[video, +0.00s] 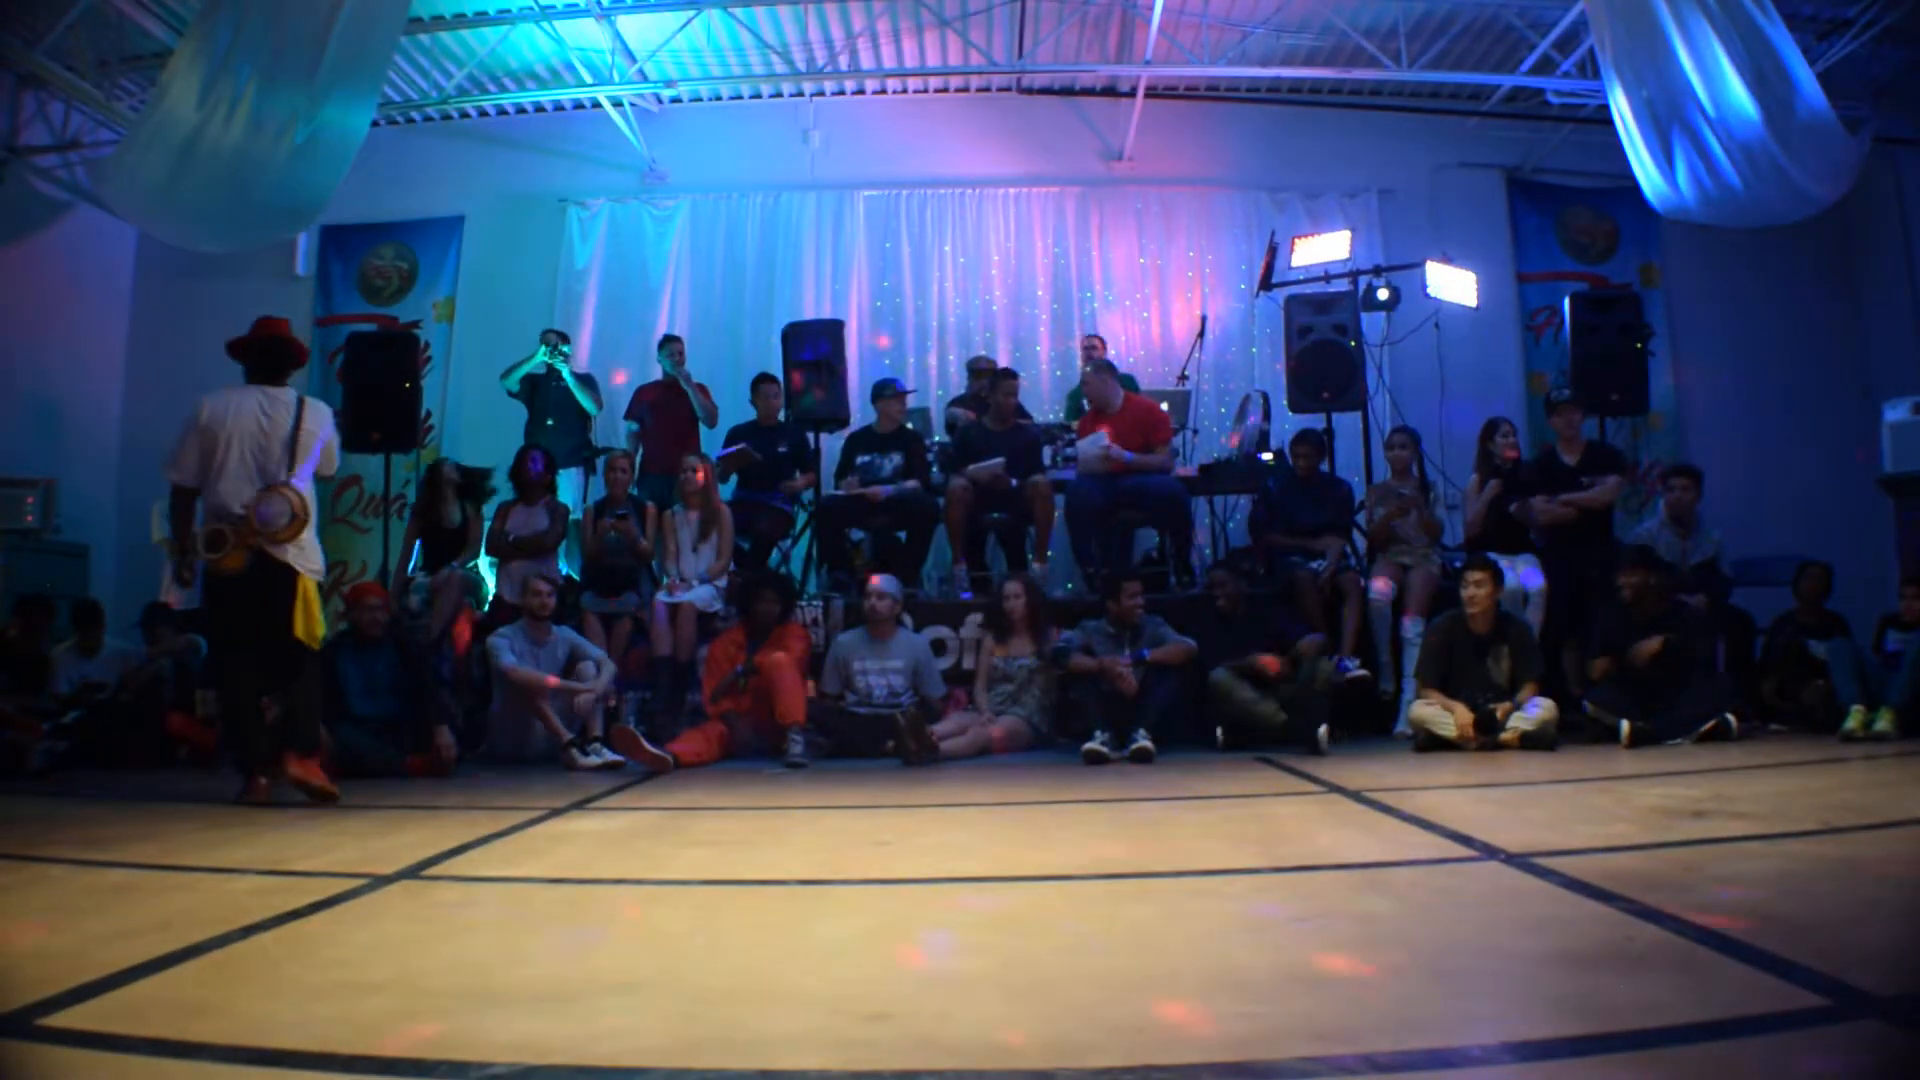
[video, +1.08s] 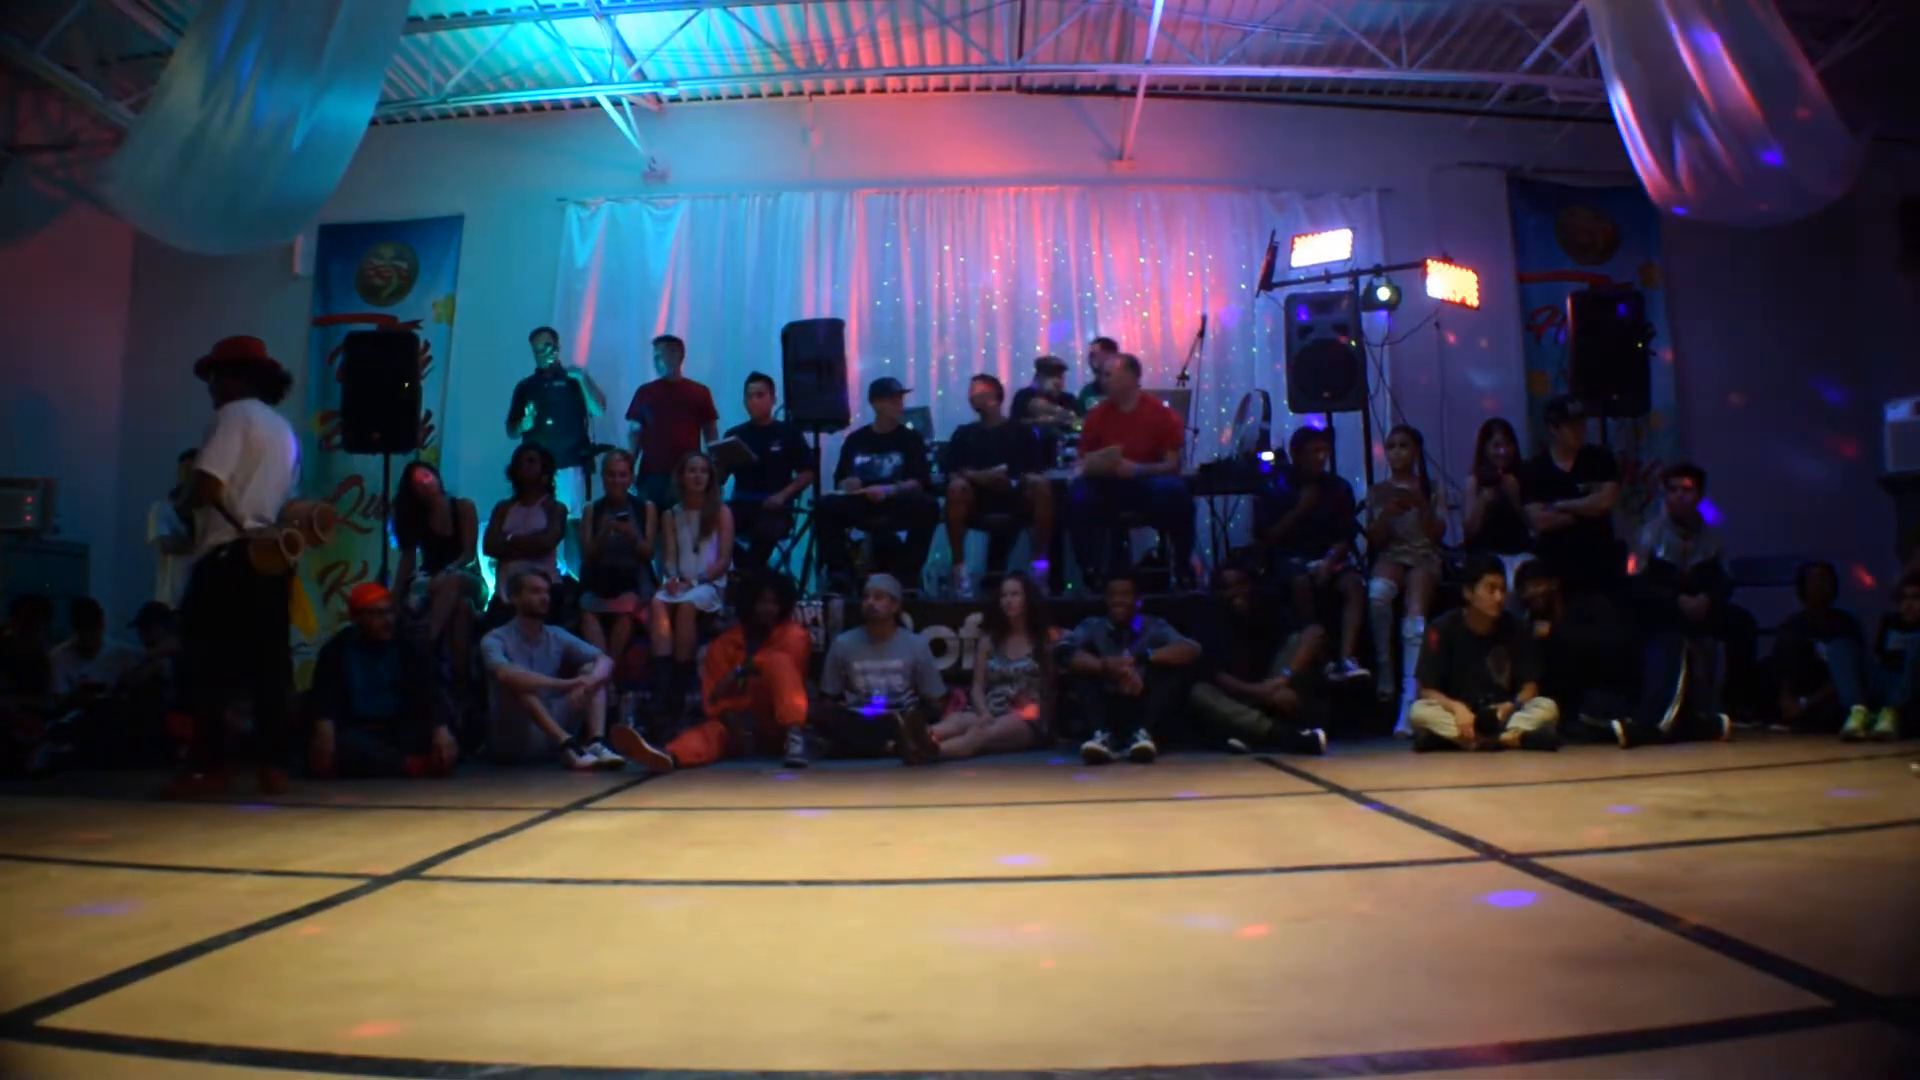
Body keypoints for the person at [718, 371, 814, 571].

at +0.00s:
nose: (772, 402)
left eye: (776, 396)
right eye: (765, 397)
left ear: (782, 399)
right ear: (754, 401)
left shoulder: (793, 433)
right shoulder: (738, 433)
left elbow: (811, 473)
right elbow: (721, 476)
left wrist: (798, 483)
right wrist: (732, 462)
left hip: (778, 499)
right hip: (745, 498)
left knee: (766, 532)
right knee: (720, 525)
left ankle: (751, 575)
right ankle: (746, 564)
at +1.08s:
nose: (754, 401)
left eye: (760, 395)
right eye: (750, 396)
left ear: (773, 399)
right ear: (745, 401)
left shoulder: (788, 433)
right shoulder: (734, 435)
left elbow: (808, 472)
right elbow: (720, 477)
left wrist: (782, 496)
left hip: (774, 503)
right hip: (742, 502)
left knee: (767, 532)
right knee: (721, 524)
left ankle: (752, 573)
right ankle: (743, 565)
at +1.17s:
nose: (754, 402)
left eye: (760, 396)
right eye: (750, 396)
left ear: (773, 400)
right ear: (745, 401)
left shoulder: (788, 433)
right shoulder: (735, 435)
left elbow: (808, 472)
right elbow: (720, 474)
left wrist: (782, 496)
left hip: (774, 503)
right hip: (742, 502)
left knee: (766, 532)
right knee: (720, 525)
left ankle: (754, 573)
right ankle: (743, 564)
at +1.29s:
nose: (755, 402)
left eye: (760, 396)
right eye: (750, 397)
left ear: (773, 400)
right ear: (746, 402)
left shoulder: (789, 433)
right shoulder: (736, 436)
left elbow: (809, 471)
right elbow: (721, 477)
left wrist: (783, 493)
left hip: (776, 501)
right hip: (743, 501)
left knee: (767, 532)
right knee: (721, 524)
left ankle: (753, 572)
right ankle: (744, 564)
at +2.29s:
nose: (754, 406)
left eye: (759, 399)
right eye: (749, 400)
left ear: (772, 400)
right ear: (744, 403)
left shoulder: (789, 433)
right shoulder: (739, 434)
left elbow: (805, 473)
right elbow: (720, 477)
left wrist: (775, 468)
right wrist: (727, 455)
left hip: (777, 503)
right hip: (743, 501)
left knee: (766, 530)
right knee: (718, 524)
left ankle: (752, 574)